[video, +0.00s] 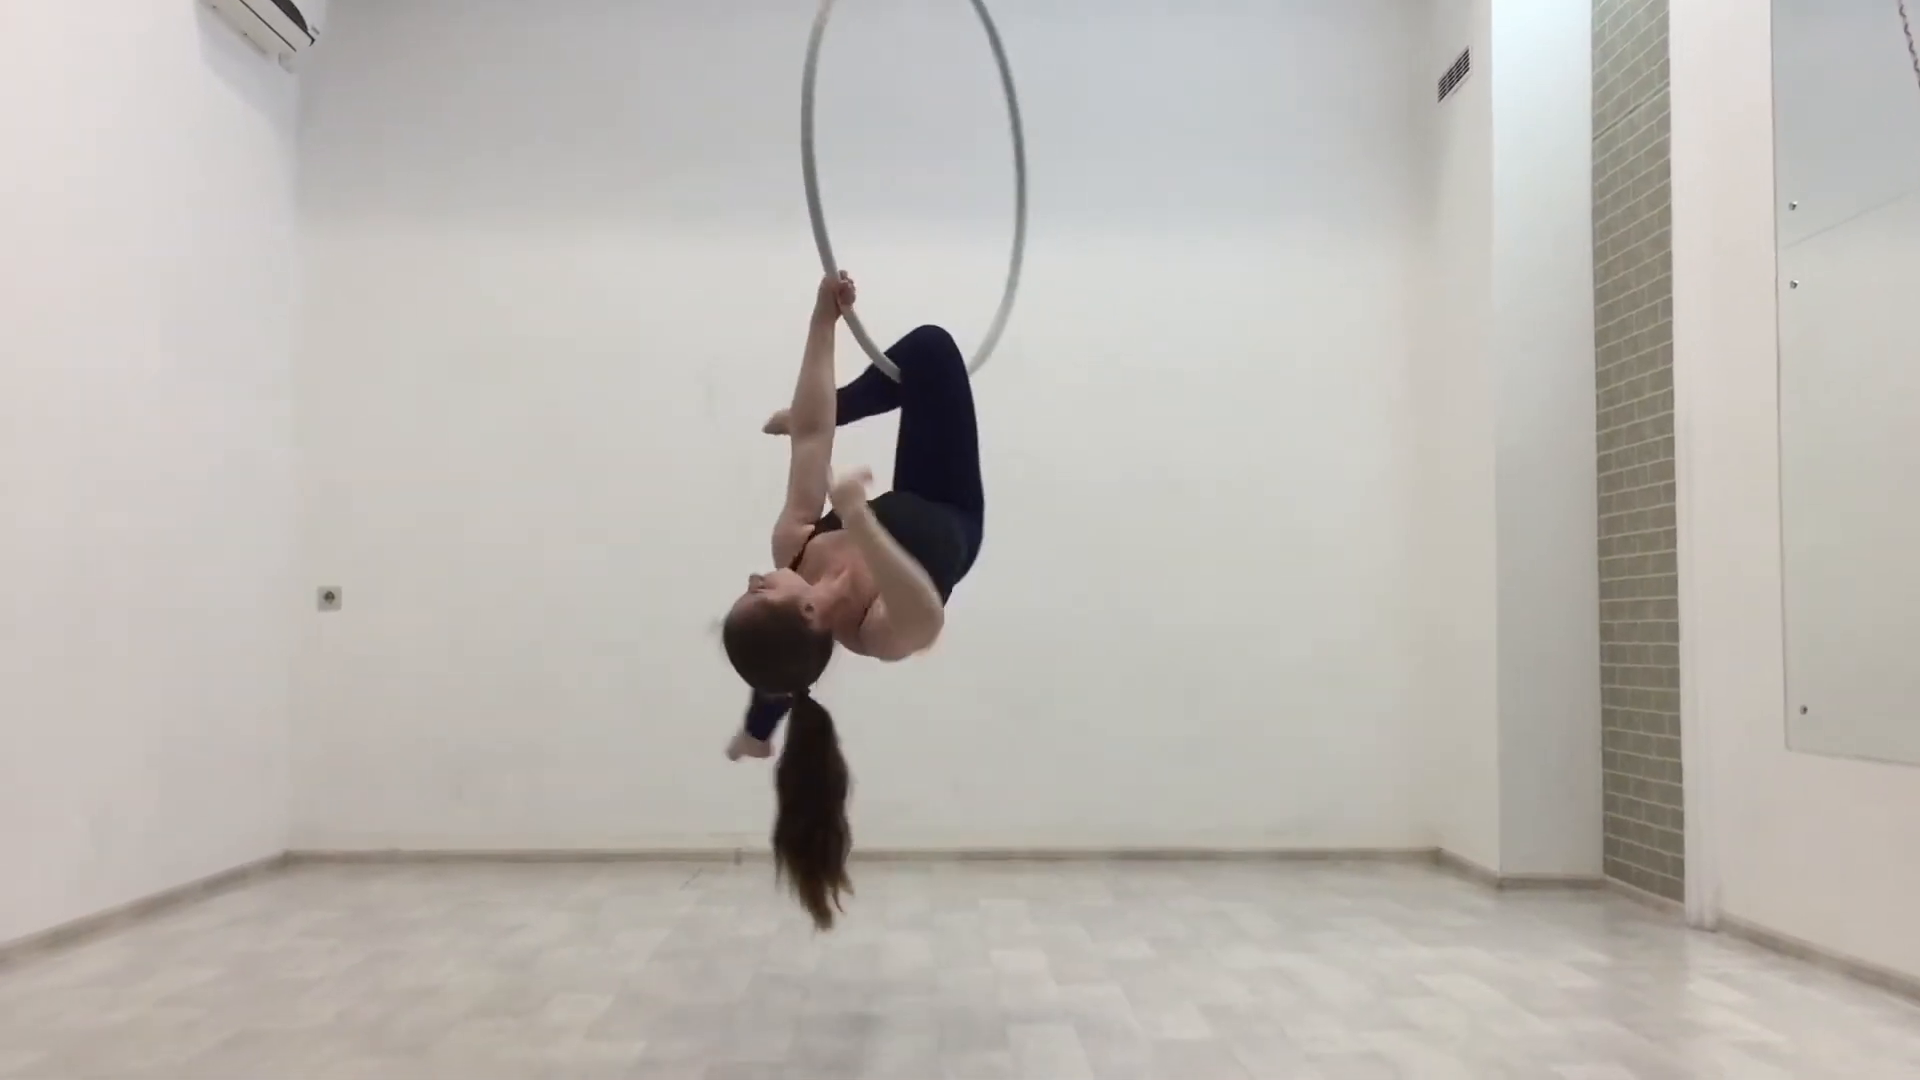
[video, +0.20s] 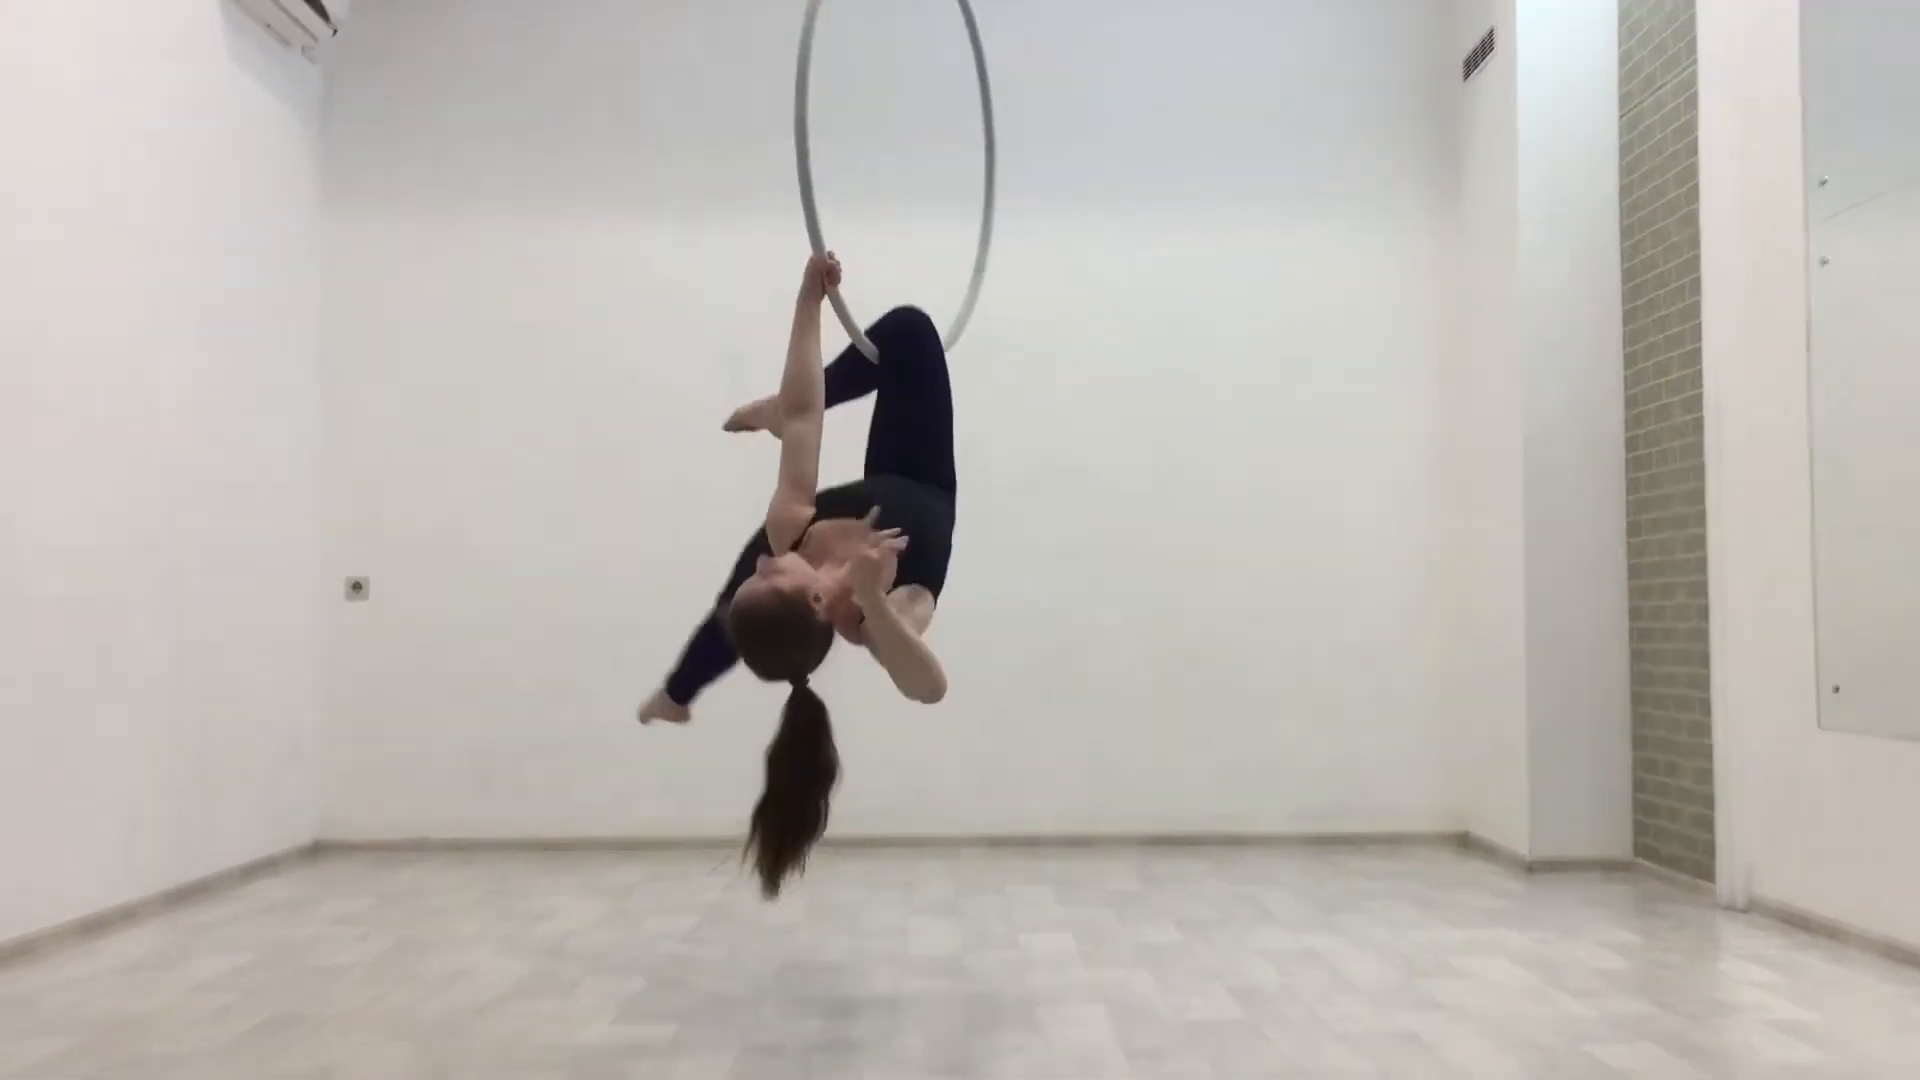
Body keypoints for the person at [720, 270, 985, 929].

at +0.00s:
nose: (760, 577)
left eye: (755, 585)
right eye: (780, 595)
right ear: (822, 628)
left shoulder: (794, 536)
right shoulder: (881, 636)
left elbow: (811, 428)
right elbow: (924, 614)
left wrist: (824, 321)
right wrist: (859, 517)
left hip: (903, 503)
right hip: (951, 529)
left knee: (930, 347)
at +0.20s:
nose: (800, 568)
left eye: (781, 571)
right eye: (803, 583)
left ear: (778, 560)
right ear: (823, 613)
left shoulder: (785, 528)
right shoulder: (873, 624)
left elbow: (802, 411)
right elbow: (930, 690)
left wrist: (810, 300)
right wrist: (875, 602)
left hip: (859, 502)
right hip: (925, 503)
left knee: (741, 601)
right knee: (908, 331)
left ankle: (675, 695)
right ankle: (788, 412)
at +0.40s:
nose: (826, 565)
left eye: (799, 566)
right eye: (828, 582)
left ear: (787, 559)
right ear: (850, 621)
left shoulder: (796, 523)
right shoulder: (900, 620)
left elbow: (808, 406)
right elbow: (922, 677)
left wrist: (817, 296)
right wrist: (935, 671)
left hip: (829, 503)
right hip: (906, 498)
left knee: (699, 590)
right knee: (906, 331)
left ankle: (605, 678)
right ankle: (771, 397)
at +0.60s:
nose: (843, 581)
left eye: (819, 590)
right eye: (855, 597)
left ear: (806, 591)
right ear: (880, 633)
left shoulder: (806, 544)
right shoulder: (916, 647)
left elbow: (811, 428)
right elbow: (969, 719)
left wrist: (817, 318)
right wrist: (1000, 785)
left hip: (827, 531)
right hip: (899, 527)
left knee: (673, 615)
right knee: (894, 352)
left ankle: (563, 699)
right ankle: (749, 414)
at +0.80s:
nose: (879, 558)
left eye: (869, 578)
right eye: (901, 567)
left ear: (848, 616)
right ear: (927, 631)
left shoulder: (814, 577)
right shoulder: (949, 663)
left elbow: (809, 449)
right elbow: (1041, 751)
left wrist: (818, 341)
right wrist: (1138, 834)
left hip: (799, 587)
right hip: (882, 544)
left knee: (652, 633)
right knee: (890, 379)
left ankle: (537, 722)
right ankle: (738, 428)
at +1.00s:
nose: (949, 508)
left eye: (949, 525)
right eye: (959, 516)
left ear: (942, 555)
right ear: (991, 599)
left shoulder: (866, 546)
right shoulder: (986, 628)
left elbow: (805, 446)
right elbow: (1051, 672)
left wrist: (815, 342)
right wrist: (1124, 694)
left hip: (785, 584)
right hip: (846, 602)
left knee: (648, 615)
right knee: (898, 394)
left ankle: (526, 701)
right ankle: (735, 422)